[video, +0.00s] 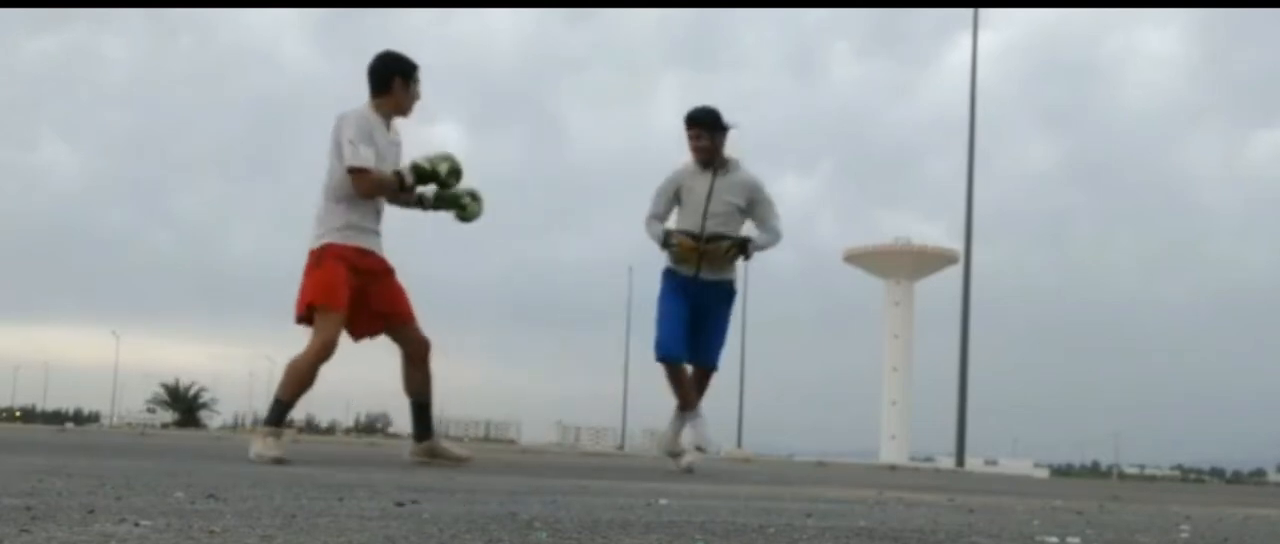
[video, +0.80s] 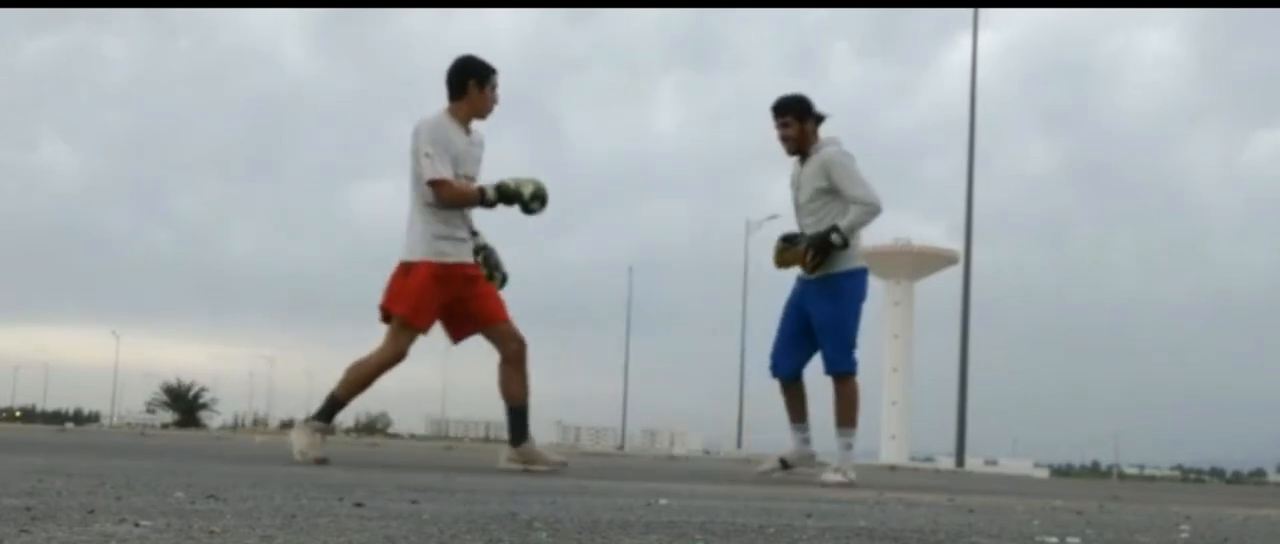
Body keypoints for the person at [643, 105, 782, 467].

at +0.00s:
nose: (698, 144)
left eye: (705, 138)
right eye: (693, 138)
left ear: (722, 138)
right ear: (687, 140)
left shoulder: (745, 184)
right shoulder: (681, 178)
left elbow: (773, 232)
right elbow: (653, 221)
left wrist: (750, 243)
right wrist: (668, 237)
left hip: (718, 282)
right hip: (679, 277)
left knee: (705, 363)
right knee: (668, 353)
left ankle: (675, 428)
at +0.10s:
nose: (702, 150)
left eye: (709, 143)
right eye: (697, 144)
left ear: (727, 142)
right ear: (694, 146)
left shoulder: (753, 184)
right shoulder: (693, 185)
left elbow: (787, 233)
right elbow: (674, 227)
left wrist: (752, 245)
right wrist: (680, 246)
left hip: (737, 288)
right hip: (699, 286)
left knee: (727, 374)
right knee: (712, 371)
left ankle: (697, 432)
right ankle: (742, 449)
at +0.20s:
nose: (709, 154)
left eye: (714, 145)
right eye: (705, 147)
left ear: (734, 142)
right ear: (704, 149)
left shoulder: (766, 186)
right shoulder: (707, 192)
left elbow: (789, 240)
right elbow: (697, 240)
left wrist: (755, 251)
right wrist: (692, 260)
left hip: (755, 296)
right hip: (714, 296)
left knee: (758, 377)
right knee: (723, 376)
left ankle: (737, 432)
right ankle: (744, 455)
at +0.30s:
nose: (724, 139)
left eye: (730, 130)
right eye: (719, 133)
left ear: (749, 127)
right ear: (716, 137)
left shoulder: (782, 171)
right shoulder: (721, 181)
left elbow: (811, 224)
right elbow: (715, 229)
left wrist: (777, 235)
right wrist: (716, 246)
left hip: (768, 282)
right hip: (729, 284)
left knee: (776, 365)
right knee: (733, 370)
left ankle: (789, 446)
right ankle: (747, 453)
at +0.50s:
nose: (758, 141)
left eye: (764, 133)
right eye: (755, 134)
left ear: (787, 131)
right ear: (755, 136)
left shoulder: (817, 173)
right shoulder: (759, 179)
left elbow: (852, 223)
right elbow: (740, 228)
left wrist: (816, 242)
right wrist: (741, 252)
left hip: (812, 288)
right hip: (773, 290)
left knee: (820, 369)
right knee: (749, 374)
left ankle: (843, 461)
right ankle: (748, 458)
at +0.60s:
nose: (770, 138)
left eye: (776, 129)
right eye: (766, 131)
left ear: (798, 128)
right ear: (764, 135)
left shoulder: (828, 170)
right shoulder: (773, 183)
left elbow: (856, 224)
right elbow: (776, 238)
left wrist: (818, 251)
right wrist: (764, 258)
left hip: (826, 285)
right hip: (789, 288)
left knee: (824, 368)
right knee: (764, 374)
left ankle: (841, 462)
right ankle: (753, 456)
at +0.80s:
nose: (781, 134)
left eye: (787, 126)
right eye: (778, 128)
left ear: (809, 125)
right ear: (780, 130)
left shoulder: (833, 158)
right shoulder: (800, 171)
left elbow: (870, 204)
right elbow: (818, 223)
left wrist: (833, 237)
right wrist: (797, 241)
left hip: (842, 278)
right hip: (811, 279)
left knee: (840, 366)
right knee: (785, 364)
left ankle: (844, 463)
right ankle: (801, 450)